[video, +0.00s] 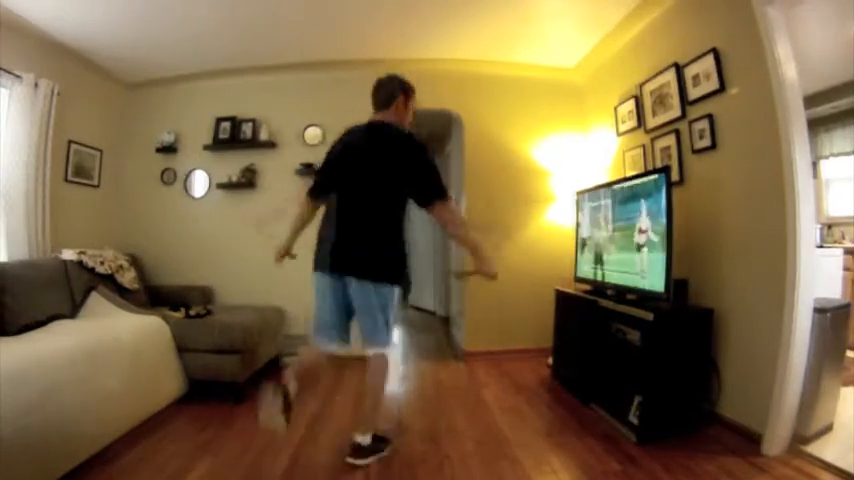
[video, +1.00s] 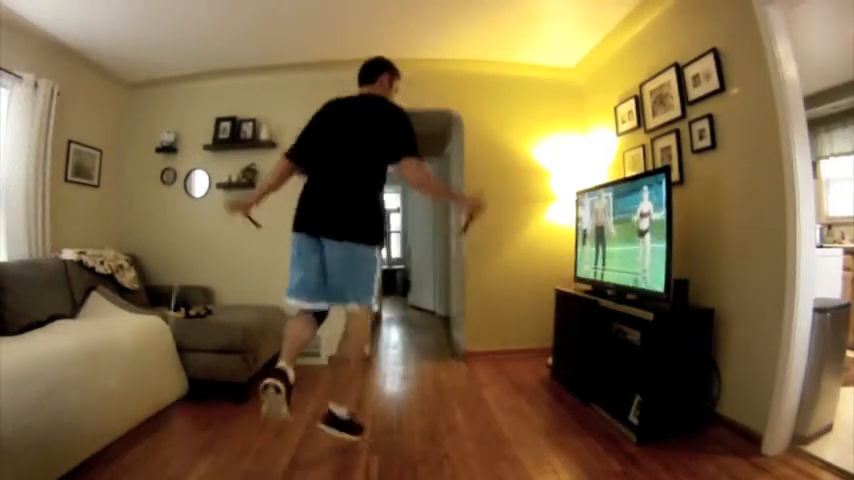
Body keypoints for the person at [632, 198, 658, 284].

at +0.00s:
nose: (643, 216)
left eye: (644, 215)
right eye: (642, 215)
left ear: (646, 217)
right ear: (640, 216)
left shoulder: (647, 224)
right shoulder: (638, 224)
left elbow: (650, 234)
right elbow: (635, 234)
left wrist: (656, 239)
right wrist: (635, 240)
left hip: (644, 244)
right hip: (638, 244)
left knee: (645, 258)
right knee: (638, 258)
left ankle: (644, 271)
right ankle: (639, 270)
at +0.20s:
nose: (645, 213)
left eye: (646, 212)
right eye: (644, 212)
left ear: (648, 213)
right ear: (642, 213)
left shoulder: (649, 223)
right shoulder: (640, 223)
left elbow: (651, 237)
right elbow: (637, 235)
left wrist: (658, 246)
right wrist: (635, 245)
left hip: (646, 245)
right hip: (639, 245)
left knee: (647, 261)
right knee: (640, 261)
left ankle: (646, 273)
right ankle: (640, 272)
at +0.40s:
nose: (644, 201)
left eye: (645, 199)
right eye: (643, 199)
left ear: (647, 200)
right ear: (641, 200)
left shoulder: (649, 211)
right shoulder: (640, 212)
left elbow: (653, 224)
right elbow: (636, 225)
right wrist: (635, 224)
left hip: (647, 237)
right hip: (640, 237)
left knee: (647, 255)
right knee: (640, 255)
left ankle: (647, 271)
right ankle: (639, 270)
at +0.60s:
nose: (644, 206)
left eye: (645, 204)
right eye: (643, 204)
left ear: (648, 205)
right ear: (642, 205)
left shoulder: (650, 216)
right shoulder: (641, 216)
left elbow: (652, 227)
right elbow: (638, 227)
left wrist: (654, 234)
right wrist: (636, 237)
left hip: (647, 231)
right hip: (641, 232)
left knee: (647, 253)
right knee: (640, 252)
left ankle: (647, 271)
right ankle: (640, 270)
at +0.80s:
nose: (645, 206)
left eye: (647, 204)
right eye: (644, 204)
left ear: (649, 205)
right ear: (642, 206)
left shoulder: (650, 216)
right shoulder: (642, 216)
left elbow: (652, 229)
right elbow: (639, 227)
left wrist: (659, 236)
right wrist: (636, 237)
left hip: (648, 235)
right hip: (641, 235)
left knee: (648, 256)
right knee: (640, 256)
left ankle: (647, 273)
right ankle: (640, 272)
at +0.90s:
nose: (645, 197)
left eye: (646, 195)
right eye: (644, 195)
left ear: (648, 196)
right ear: (642, 196)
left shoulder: (650, 208)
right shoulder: (641, 208)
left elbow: (653, 220)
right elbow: (638, 220)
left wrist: (661, 221)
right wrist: (635, 225)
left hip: (647, 235)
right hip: (640, 236)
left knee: (648, 255)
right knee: (640, 256)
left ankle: (647, 274)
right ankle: (639, 273)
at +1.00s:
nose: (645, 194)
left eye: (646, 192)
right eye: (643, 192)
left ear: (648, 194)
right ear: (641, 194)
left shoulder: (650, 205)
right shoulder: (640, 205)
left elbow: (652, 217)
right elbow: (635, 219)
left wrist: (661, 215)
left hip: (647, 230)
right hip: (640, 230)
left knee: (647, 251)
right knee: (640, 252)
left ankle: (646, 271)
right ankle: (639, 271)